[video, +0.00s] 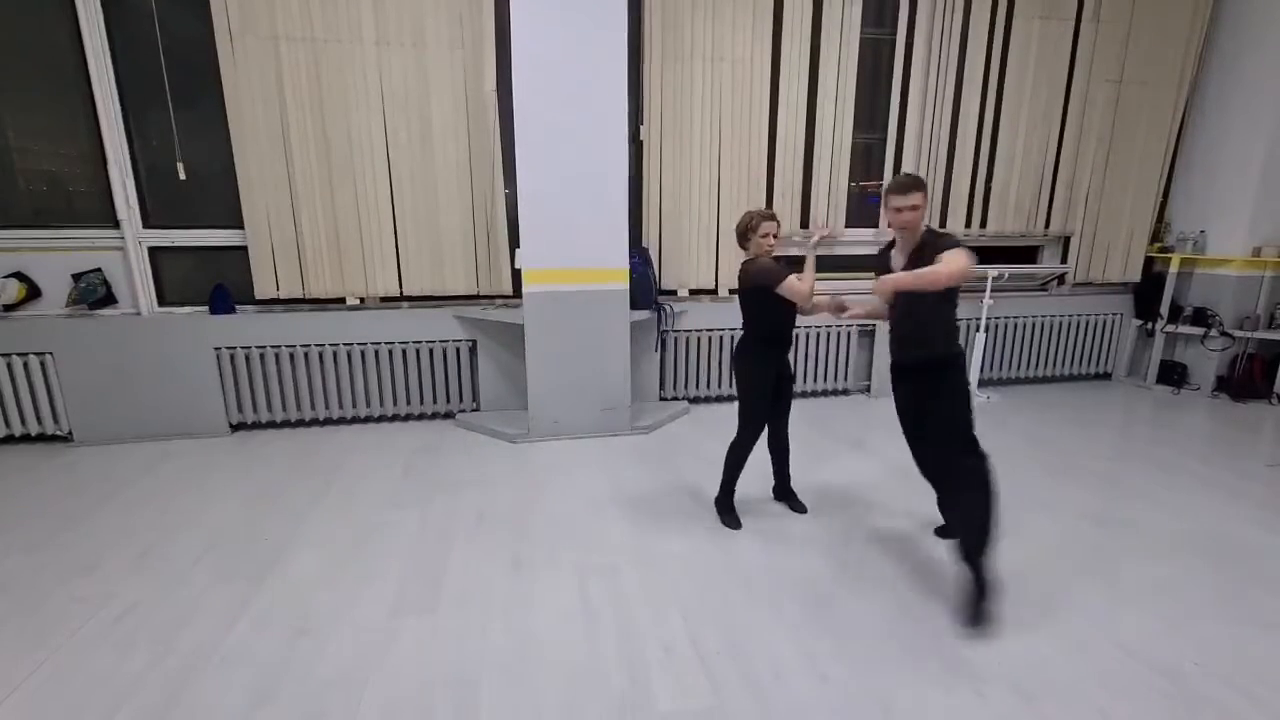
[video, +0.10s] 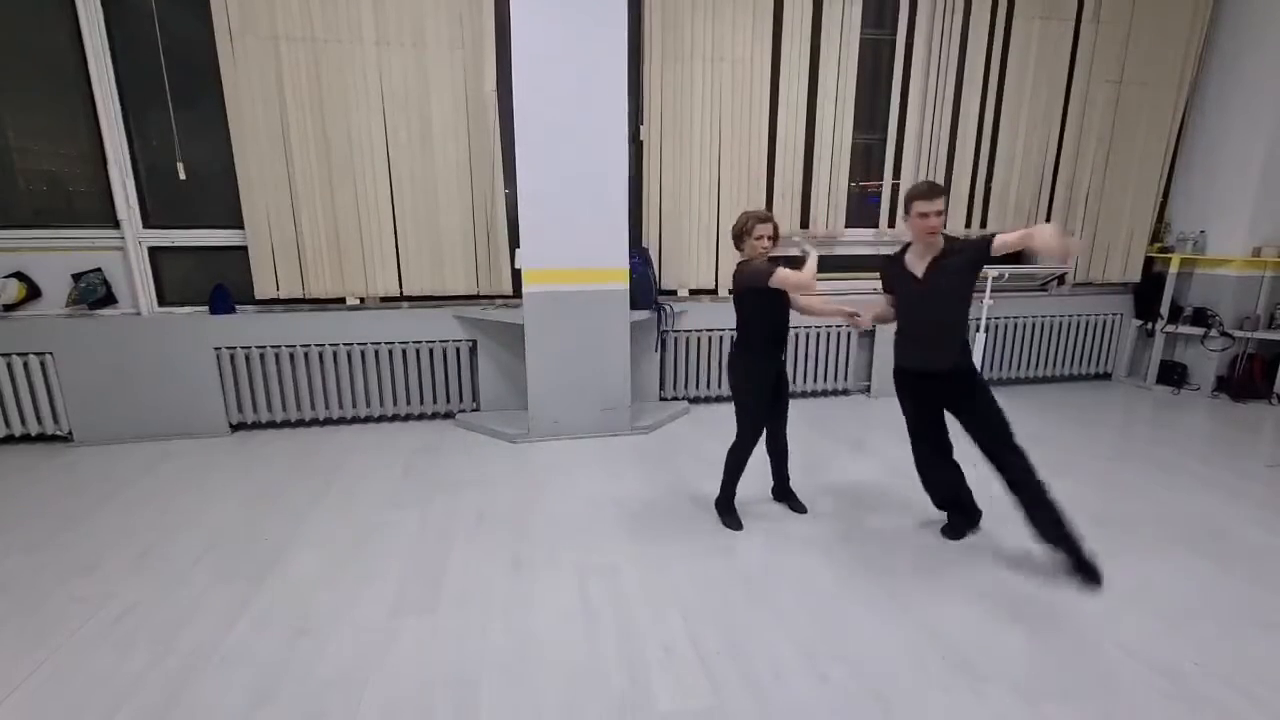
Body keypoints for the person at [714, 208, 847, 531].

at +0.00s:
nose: (772, 241)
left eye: (775, 236)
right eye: (765, 236)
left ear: (777, 237)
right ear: (748, 238)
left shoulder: (771, 267)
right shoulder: (757, 269)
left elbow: (798, 307)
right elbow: (805, 296)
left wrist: (829, 306)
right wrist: (812, 250)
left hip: (777, 360)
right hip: (754, 361)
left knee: (779, 429)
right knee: (749, 432)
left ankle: (783, 487)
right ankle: (724, 497)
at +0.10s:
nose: (767, 244)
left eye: (770, 238)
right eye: (759, 238)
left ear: (774, 240)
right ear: (742, 240)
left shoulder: (770, 273)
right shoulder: (747, 272)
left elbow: (803, 305)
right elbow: (807, 283)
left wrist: (845, 312)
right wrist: (813, 253)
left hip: (772, 364)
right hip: (748, 365)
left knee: (777, 431)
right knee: (749, 435)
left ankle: (781, 487)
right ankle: (725, 500)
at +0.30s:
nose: (760, 246)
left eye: (764, 239)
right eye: (752, 239)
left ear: (769, 241)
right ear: (735, 242)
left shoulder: (778, 273)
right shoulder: (724, 272)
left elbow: (826, 292)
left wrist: (871, 297)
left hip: (767, 363)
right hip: (731, 364)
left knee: (788, 429)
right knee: (734, 432)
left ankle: (765, 481)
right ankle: (724, 500)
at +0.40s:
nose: (764, 246)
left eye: (767, 239)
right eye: (757, 240)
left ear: (770, 240)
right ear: (737, 242)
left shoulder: (779, 272)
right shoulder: (722, 270)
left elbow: (827, 287)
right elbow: (692, 237)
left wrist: (874, 291)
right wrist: (731, 244)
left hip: (767, 364)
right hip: (728, 365)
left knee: (776, 433)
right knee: (731, 433)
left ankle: (752, 489)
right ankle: (725, 499)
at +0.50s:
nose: (761, 245)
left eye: (767, 239)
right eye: (754, 239)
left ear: (772, 241)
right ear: (739, 240)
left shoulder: (779, 273)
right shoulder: (723, 269)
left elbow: (823, 286)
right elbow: (690, 237)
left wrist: (868, 288)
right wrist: (722, 242)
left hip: (768, 368)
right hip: (729, 367)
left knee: (759, 440)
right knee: (730, 437)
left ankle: (745, 492)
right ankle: (726, 497)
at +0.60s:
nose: (771, 243)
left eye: (775, 237)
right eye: (764, 236)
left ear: (777, 240)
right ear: (743, 239)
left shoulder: (783, 274)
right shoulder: (724, 271)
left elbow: (832, 281)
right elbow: (683, 262)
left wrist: (885, 278)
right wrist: (697, 241)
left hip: (771, 371)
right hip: (731, 370)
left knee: (764, 444)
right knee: (730, 440)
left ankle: (745, 492)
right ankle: (726, 498)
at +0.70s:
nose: (785, 241)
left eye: (785, 235)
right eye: (780, 235)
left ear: (772, 241)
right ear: (757, 240)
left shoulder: (790, 274)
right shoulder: (729, 278)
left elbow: (844, 281)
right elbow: (690, 301)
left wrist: (903, 272)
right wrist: (684, 271)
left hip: (776, 368)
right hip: (737, 368)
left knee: (790, 437)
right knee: (734, 436)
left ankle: (758, 492)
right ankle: (727, 502)